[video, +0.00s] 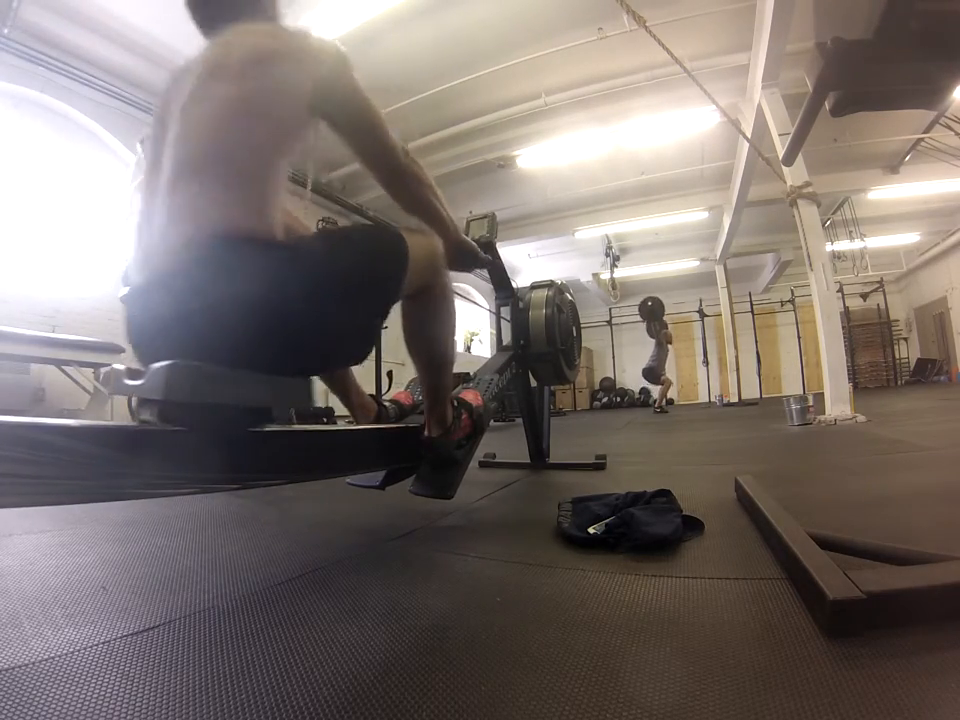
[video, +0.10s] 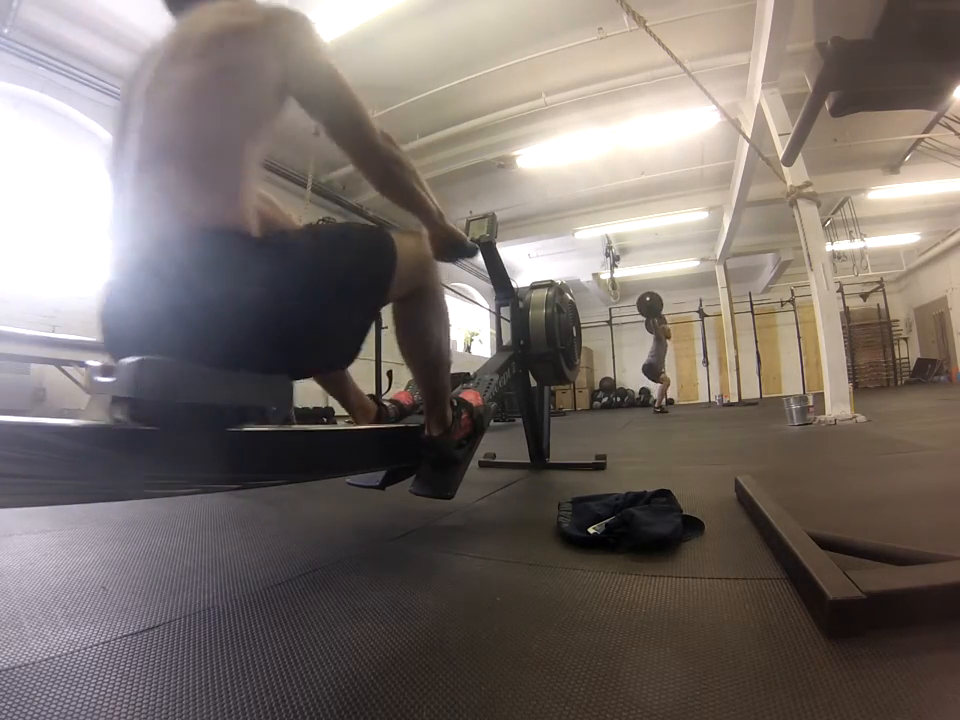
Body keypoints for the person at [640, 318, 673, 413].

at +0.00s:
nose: (671, 337)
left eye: (671, 335)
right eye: (669, 335)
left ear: (667, 336)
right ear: (665, 336)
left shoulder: (665, 347)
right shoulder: (661, 344)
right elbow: (659, 334)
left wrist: (663, 373)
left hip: (655, 371)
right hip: (649, 371)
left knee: (668, 382)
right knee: (667, 382)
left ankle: (659, 404)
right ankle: (658, 406)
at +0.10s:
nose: (670, 332)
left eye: (669, 330)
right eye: (668, 330)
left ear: (666, 332)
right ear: (662, 331)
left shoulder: (664, 342)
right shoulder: (659, 339)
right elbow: (656, 327)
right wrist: (653, 316)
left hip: (654, 367)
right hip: (650, 366)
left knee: (666, 381)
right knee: (666, 381)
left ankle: (658, 405)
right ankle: (658, 405)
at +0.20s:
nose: (667, 325)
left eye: (667, 322)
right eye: (665, 322)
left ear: (663, 323)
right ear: (660, 323)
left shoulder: (662, 335)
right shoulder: (657, 332)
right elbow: (653, 321)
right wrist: (650, 312)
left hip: (653, 361)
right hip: (649, 361)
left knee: (663, 379)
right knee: (662, 379)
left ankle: (658, 404)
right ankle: (657, 405)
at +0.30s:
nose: (665, 320)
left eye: (664, 318)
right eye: (663, 318)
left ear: (660, 318)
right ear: (657, 317)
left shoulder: (659, 328)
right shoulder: (654, 325)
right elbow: (649, 313)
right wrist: (647, 304)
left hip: (653, 355)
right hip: (649, 355)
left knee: (657, 379)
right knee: (657, 379)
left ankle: (657, 403)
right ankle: (657, 404)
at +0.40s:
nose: (661, 316)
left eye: (661, 313)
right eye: (659, 313)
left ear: (655, 312)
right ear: (654, 312)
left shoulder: (656, 323)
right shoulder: (652, 320)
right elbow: (647, 309)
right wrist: (645, 299)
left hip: (653, 353)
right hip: (650, 353)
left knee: (655, 379)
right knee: (654, 378)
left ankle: (653, 402)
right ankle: (651, 403)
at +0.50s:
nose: (659, 315)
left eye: (658, 313)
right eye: (657, 312)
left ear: (654, 312)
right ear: (651, 312)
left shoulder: (653, 324)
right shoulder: (649, 323)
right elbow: (647, 311)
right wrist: (645, 300)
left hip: (652, 354)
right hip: (649, 354)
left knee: (653, 381)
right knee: (652, 381)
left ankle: (654, 404)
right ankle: (644, 404)